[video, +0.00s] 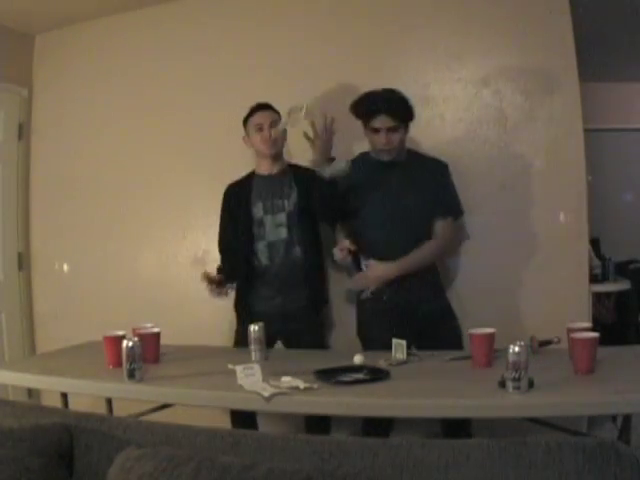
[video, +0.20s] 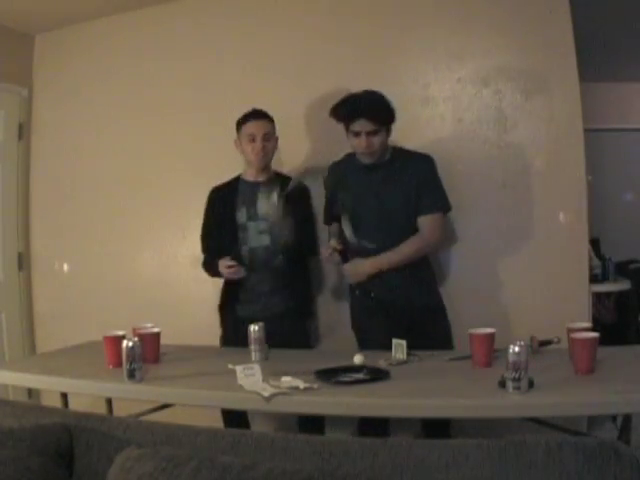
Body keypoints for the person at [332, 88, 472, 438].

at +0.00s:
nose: (385, 140)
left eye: (393, 130)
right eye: (376, 131)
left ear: (406, 129)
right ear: (365, 131)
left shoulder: (432, 171)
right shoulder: (352, 176)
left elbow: (447, 238)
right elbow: (343, 227)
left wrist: (388, 270)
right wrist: (343, 247)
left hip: (426, 295)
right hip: (376, 299)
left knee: (451, 385)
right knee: (378, 393)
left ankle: (463, 471)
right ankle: (372, 474)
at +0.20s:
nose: (365, 143)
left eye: (373, 134)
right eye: (356, 135)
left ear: (388, 130)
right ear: (347, 133)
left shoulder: (417, 166)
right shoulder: (338, 174)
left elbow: (434, 234)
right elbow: (332, 227)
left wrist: (372, 265)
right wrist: (334, 245)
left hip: (417, 294)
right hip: (369, 299)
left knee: (434, 387)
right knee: (374, 391)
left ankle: (441, 475)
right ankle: (372, 475)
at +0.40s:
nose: (357, 146)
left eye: (365, 137)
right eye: (349, 137)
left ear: (381, 133)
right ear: (341, 136)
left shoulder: (412, 169)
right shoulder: (335, 177)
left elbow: (424, 238)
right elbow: (338, 230)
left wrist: (357, 256)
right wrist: (324, 238)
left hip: (412, 291)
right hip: (364, 295)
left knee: (426, 384)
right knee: (371, 387)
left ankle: (432, 471)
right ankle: (369, 473)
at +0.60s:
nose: (356, 149)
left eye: (364, 140)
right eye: (347, 141)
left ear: (380, 136)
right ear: (339, 139)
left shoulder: (411, 172)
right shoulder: (333, 179)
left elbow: (424, 239)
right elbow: (338, 235)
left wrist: (358, 255)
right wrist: (324, 235)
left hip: (410, 298)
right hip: (362, 302)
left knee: (427, 387)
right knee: (369, 390)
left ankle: (432, 473)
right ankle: (369, 473)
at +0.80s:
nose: (355, 148)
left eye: (362, 139)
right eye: (346, 140)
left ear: (378, 134)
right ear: (338, 137)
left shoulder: (409, 170)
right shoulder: (330, 180)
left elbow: (426, 235)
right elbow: (331, 246)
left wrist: (363, 247)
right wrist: (326, 233)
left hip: (409, 296)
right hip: (359, 298)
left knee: (426, 386)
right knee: (368, 391)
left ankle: (431, 472)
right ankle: (369, 472)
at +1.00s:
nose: (364, 148)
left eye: (372, 139)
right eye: (356, 140)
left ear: (386, 135)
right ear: (346, 138)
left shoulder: (416, 171)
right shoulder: (333, 180)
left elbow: (434, 234)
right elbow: (324, 249)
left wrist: (377, 235)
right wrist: (331, 223)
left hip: (414, 296)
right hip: (365, 300)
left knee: (433, 383)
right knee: (374, 390)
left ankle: (433, 469)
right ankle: (372, 475)